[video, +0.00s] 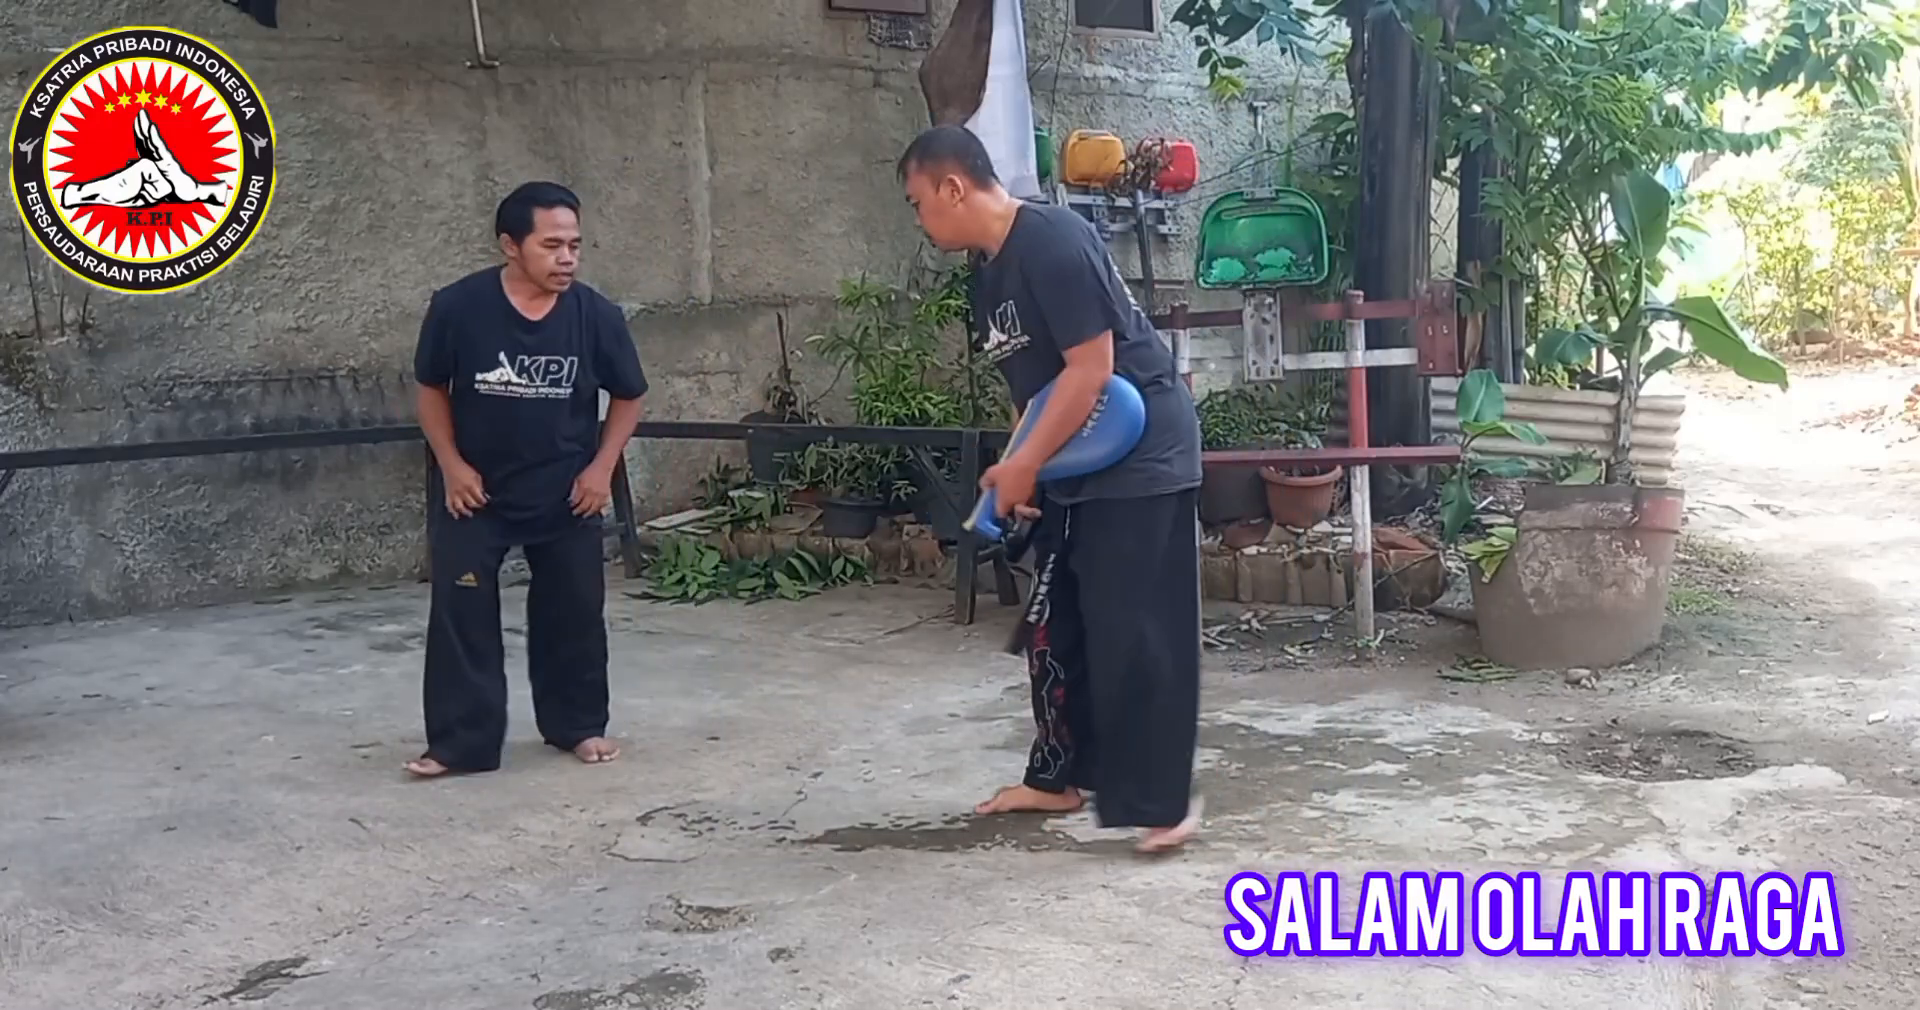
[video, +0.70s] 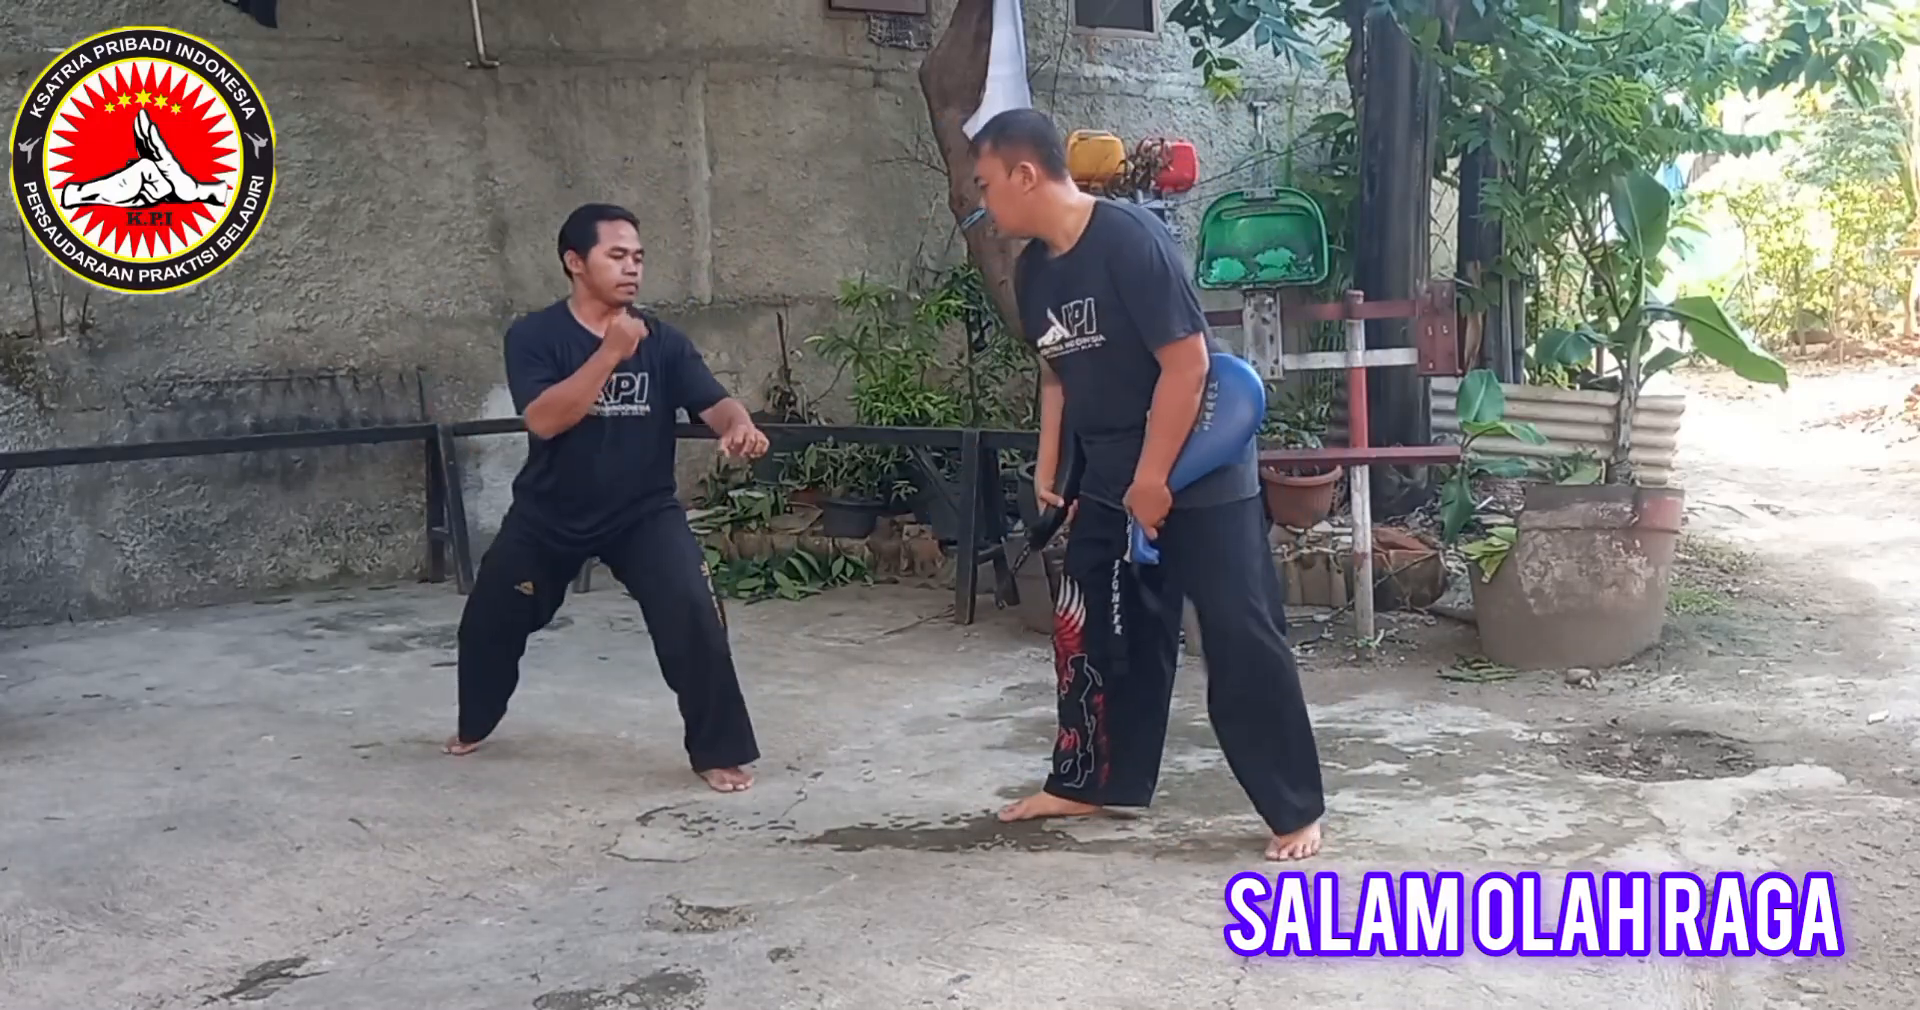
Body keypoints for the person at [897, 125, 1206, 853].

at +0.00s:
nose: (920, 225)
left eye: (920, 205)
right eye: (915, 208)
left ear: (954, 188)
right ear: (958, 189)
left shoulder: (1051, 239)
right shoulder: (990, 276)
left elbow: (1093, 368)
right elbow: (1031, 389)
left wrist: (1022, 463)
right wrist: (1021, 472)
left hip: (1144, 462)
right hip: (1078, 467)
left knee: (1139, 628)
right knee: (1059, 623)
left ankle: (1164, 804)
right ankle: (1058, 779)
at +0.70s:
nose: (983, 202)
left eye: (986, 184)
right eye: (980, 187)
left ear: (1027, 174)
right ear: (1031, 177)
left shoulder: (1132, 238)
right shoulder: (1034, 267)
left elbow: (1186, 364)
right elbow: (1056, 376)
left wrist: (1151, 474)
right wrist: (1049, 473)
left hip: (1198, 460)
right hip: (1106, 471)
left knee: (1240, 633)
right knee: (1106, 628)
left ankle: (1296, 810)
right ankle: (1095, 781)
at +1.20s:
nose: (1048, 189)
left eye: (1053, 171)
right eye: (1046, 172)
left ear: (1094, 163)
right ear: (1096, 165)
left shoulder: (1190, 240)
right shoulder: (1100, 252)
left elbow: (1240, 371)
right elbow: (1120, 369)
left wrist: (1172, 474)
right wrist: (1093, 456)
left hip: (1236, 497)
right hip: (1149, 498)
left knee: (1289, 656)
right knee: (1133, 648)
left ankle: (1359, 816)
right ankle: (1113, 785)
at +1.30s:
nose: (1045, 192)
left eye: (1049, 173)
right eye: (1044, 175)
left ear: (1088, 163)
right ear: (1093, 165)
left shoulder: (1185, 242)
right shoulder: (1093, 254)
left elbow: (1232, 371)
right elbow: (1114, 368)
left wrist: (1162, 473)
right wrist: (1083, 456)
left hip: (1230, 497)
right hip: (1146, 497)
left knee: (1285, 657)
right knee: (1129, 649)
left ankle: (1358, 816)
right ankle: (1111, 787)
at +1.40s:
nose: (1040, 193)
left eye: (1043, 175)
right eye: (1038, 177)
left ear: (1081, 165)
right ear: (1087, 166)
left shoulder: (1177, 240)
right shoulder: (1090, 252)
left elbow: (1221, 372)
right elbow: (1111, 367)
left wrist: (1148, 468)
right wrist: (1082, 455)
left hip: (1225, 491)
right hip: (1141, 491)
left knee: (1283, 650)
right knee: (1124, 642)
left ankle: (1358, 815)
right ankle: (1109, 786)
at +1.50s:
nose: (1037, 195)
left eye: (1040, 177)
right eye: (1035, 180)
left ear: (1079, 167)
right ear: (1084, 168)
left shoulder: (1172, 242)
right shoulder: (1089, 254)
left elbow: (1215, 374)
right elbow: (1109, 370)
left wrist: (1143, 469)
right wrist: (1082, 453)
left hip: (1223, 491)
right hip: (1139, 491)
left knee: (1281, 651)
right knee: (1122, 643)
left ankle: (1358, 815)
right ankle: (1110, 786)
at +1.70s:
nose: (1010, 211)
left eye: (1012, 193)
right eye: (1007, 196)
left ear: (1053, 186)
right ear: (1060, 186)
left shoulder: (1155, 254)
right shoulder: (1066, 272)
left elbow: (1213, 376)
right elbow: (1076, 372)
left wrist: (1143, 473)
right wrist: (1002, 430)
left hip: (1226, 498)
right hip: (1142, 502)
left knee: (1285, 649)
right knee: (1115, 645)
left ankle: (1362, 810)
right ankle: (1109, 789)